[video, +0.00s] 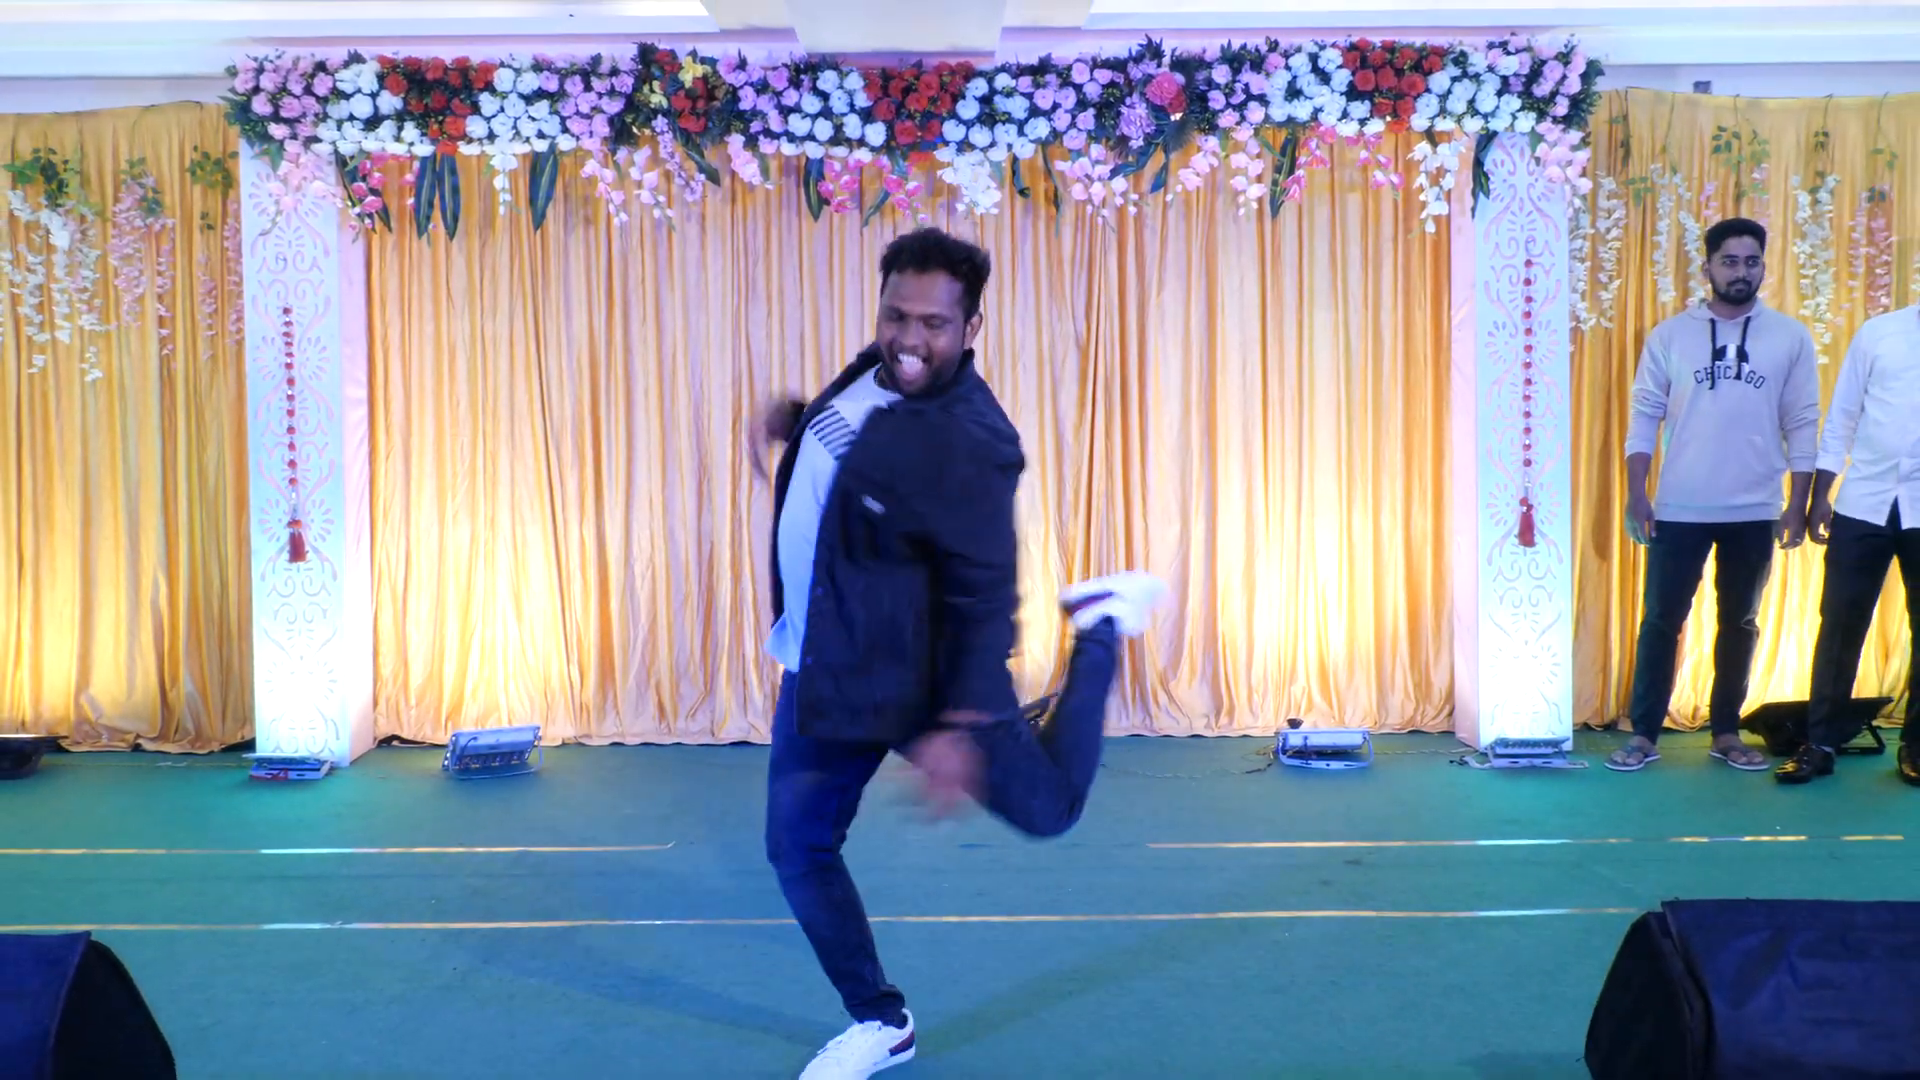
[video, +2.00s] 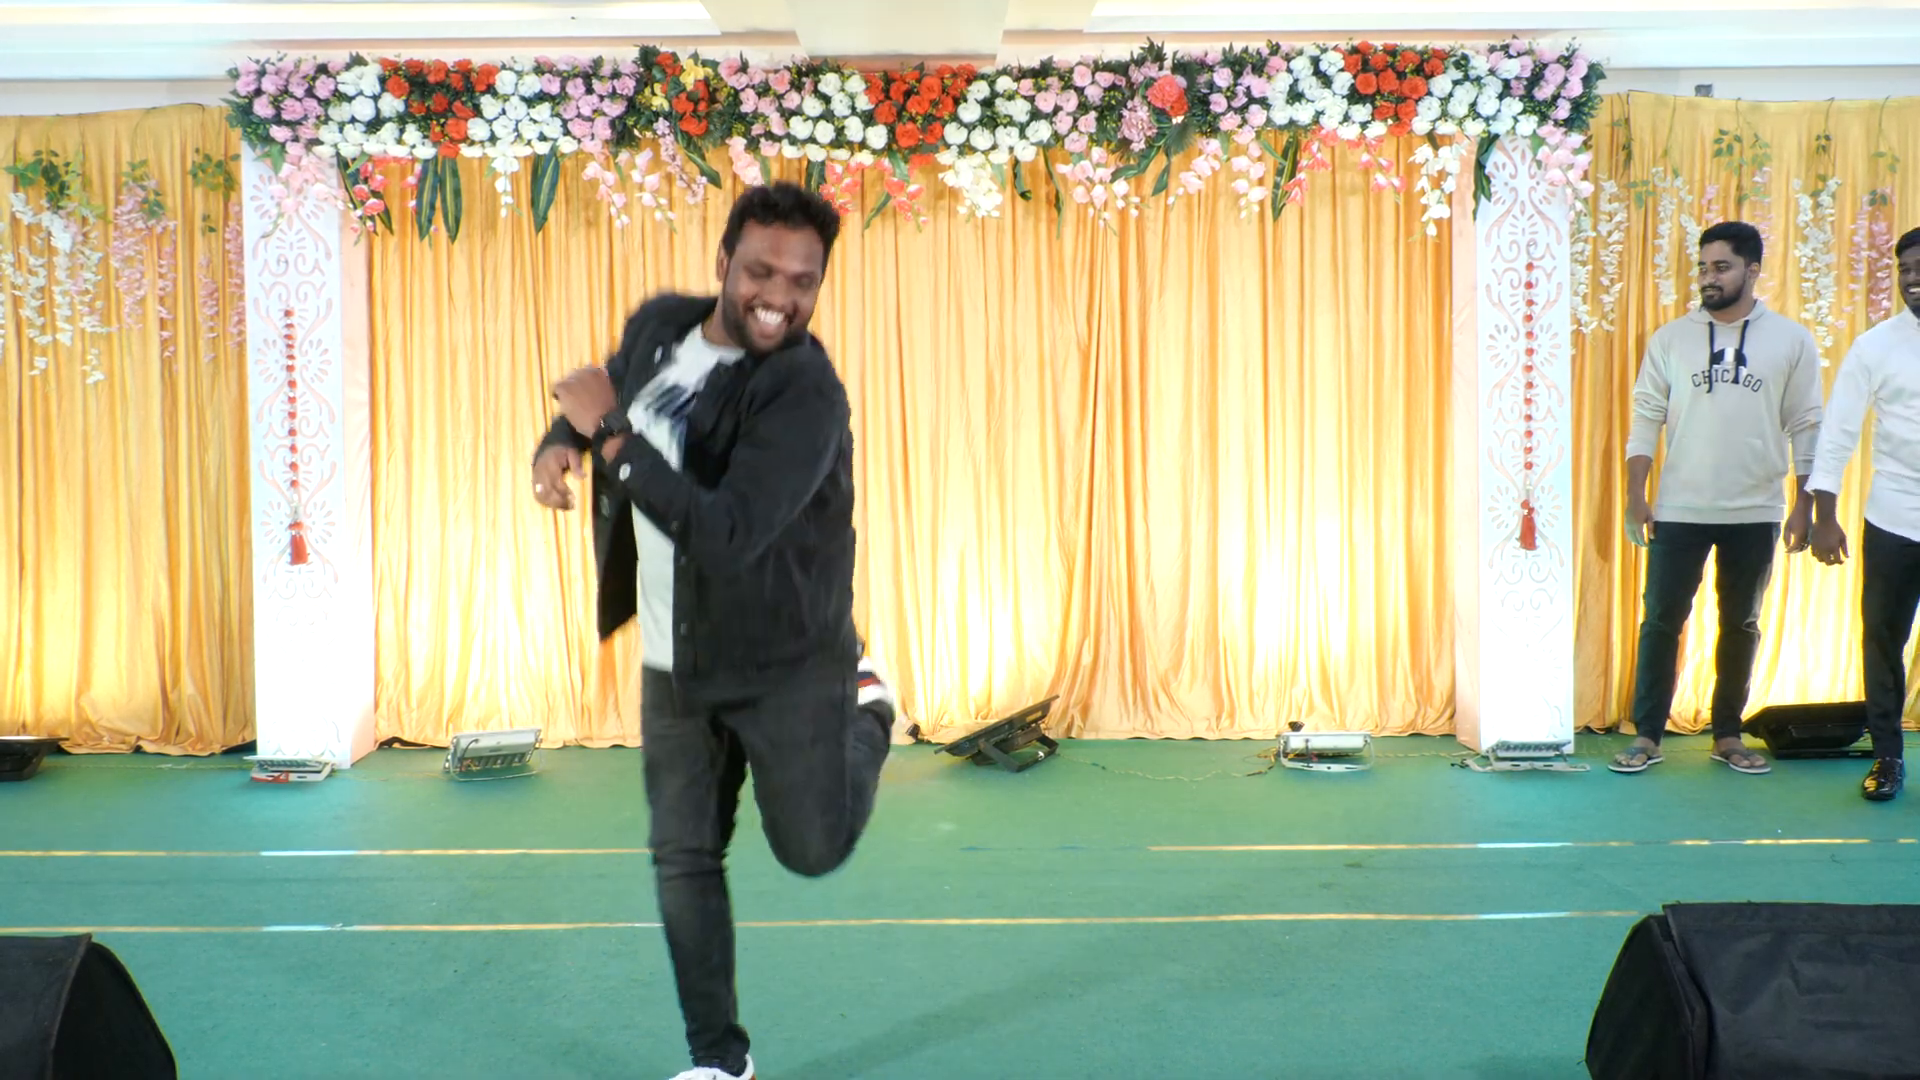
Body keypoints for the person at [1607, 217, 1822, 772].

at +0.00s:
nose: (1741, 270)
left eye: (1751, 261)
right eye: (1730, 260)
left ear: (1764, 268)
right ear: (1708, 266)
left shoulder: (1789, 338)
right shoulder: (1670, 335)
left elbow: (1802, 422)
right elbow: (1645, 413)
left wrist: (1799, 501)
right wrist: (1636, 489)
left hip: (1753, 509)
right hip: (1681, 506)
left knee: (1739, 627)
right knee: (1660, 622)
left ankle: (1726, 734)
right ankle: (1643, 735)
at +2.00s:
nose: (1709, 277)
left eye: (1722, 267)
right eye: (1704, 267)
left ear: (1753, 270)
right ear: (1698, 270)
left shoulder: (1790, 340)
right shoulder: (1670, 338)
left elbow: (1806, 426)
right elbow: (1646, 416)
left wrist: (1803, 502)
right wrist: (1636, 492)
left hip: (1753, 511)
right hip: (1680, 508)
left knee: (1740, 628)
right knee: (1660, 620)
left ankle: (1727, 737)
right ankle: (1647, 736)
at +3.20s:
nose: (1655, 293)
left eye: (1667, 282)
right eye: (1645, 282)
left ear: (1690, 286)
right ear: (1633, 288)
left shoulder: (1731, 340)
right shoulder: (1609, 350)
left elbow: (1769, 393)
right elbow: (1582, 407)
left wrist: (1745, 467)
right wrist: (1597, 470)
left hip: (1711, 508)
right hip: (1636, 509)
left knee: (1725, 622)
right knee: (1636, 621)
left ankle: (1725, 740)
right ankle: (1649, 736)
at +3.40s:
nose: (1664, 307)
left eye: (1677, 295)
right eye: (1654, 295)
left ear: (1697, 295)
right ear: (1640, 297)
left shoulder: (1735, 342)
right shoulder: (1613, 353)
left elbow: (1780, 380)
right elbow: (1581, 400)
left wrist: (1753, 454)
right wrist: (1594, 464)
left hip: (1712, 499)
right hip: (1639, 501)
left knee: (1725, 617)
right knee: (1638, 616)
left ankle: (1727, 740)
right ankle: (1649, 736)